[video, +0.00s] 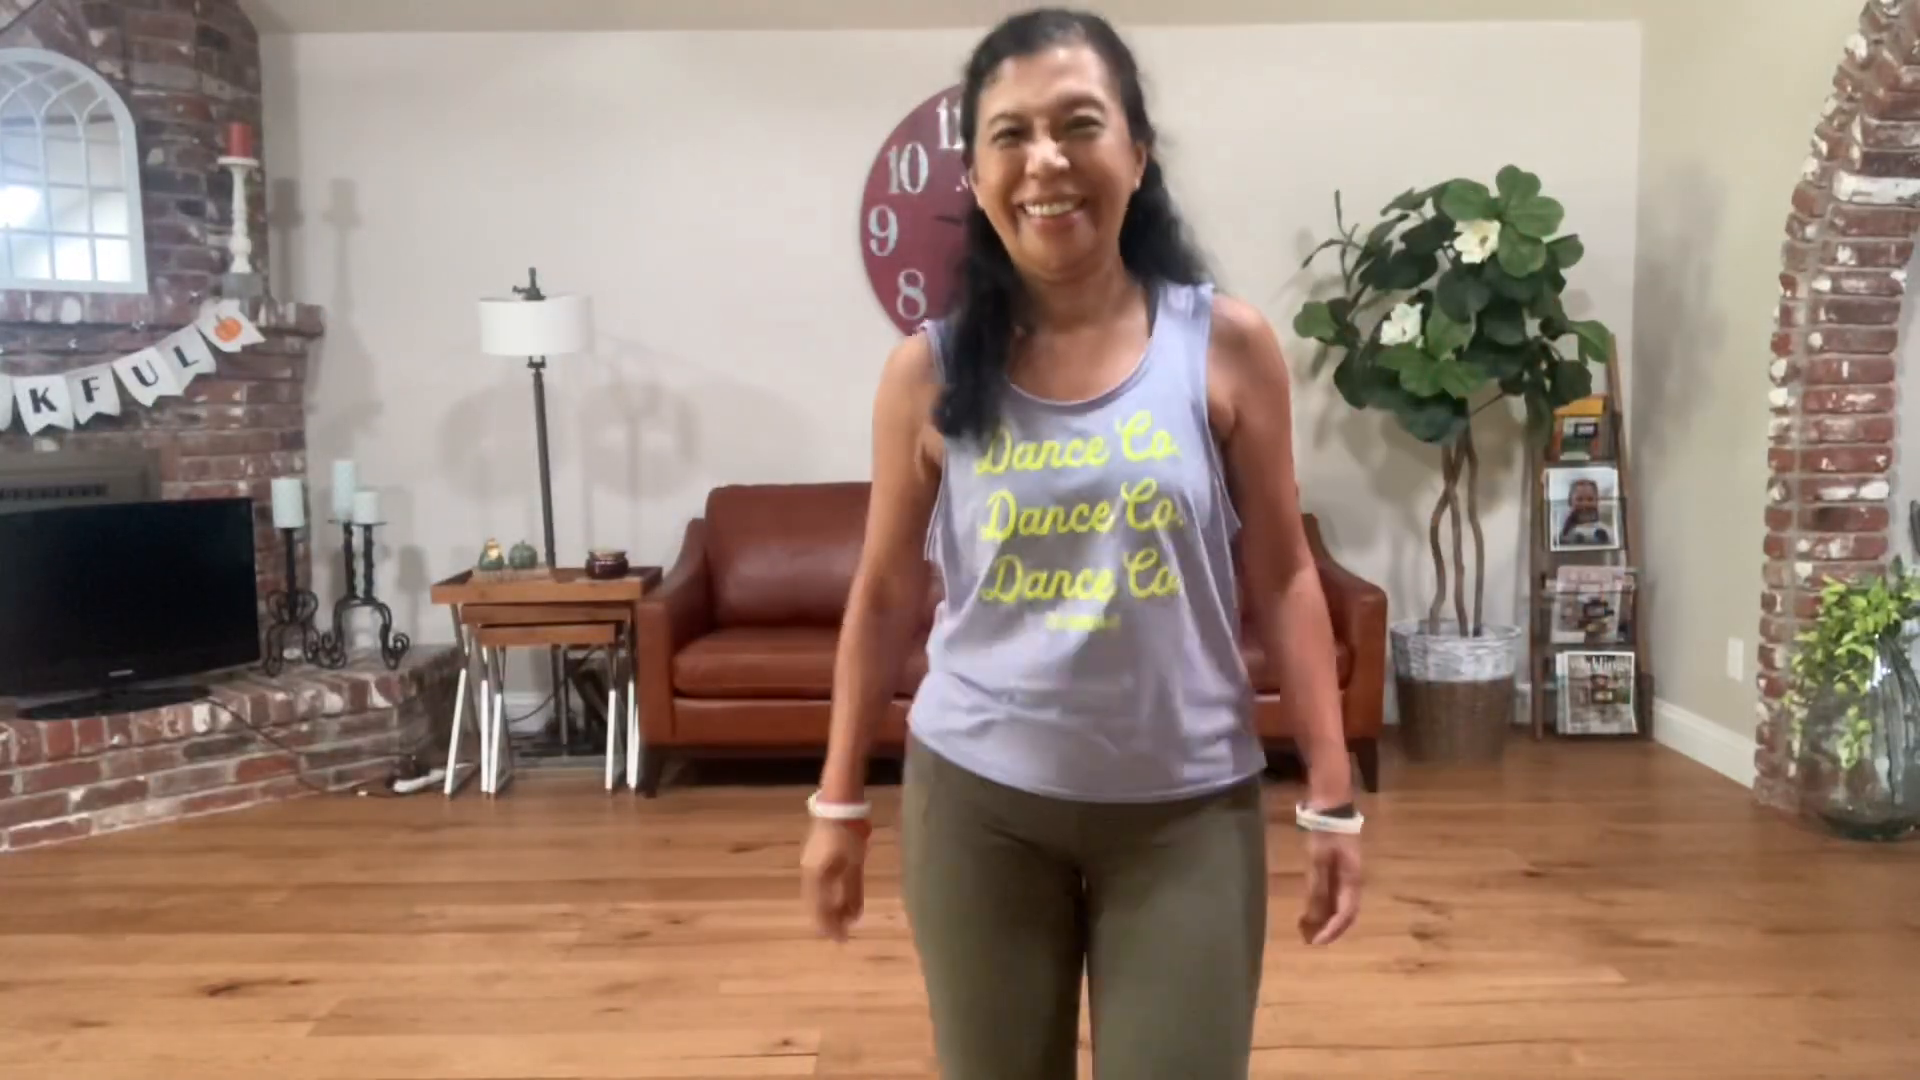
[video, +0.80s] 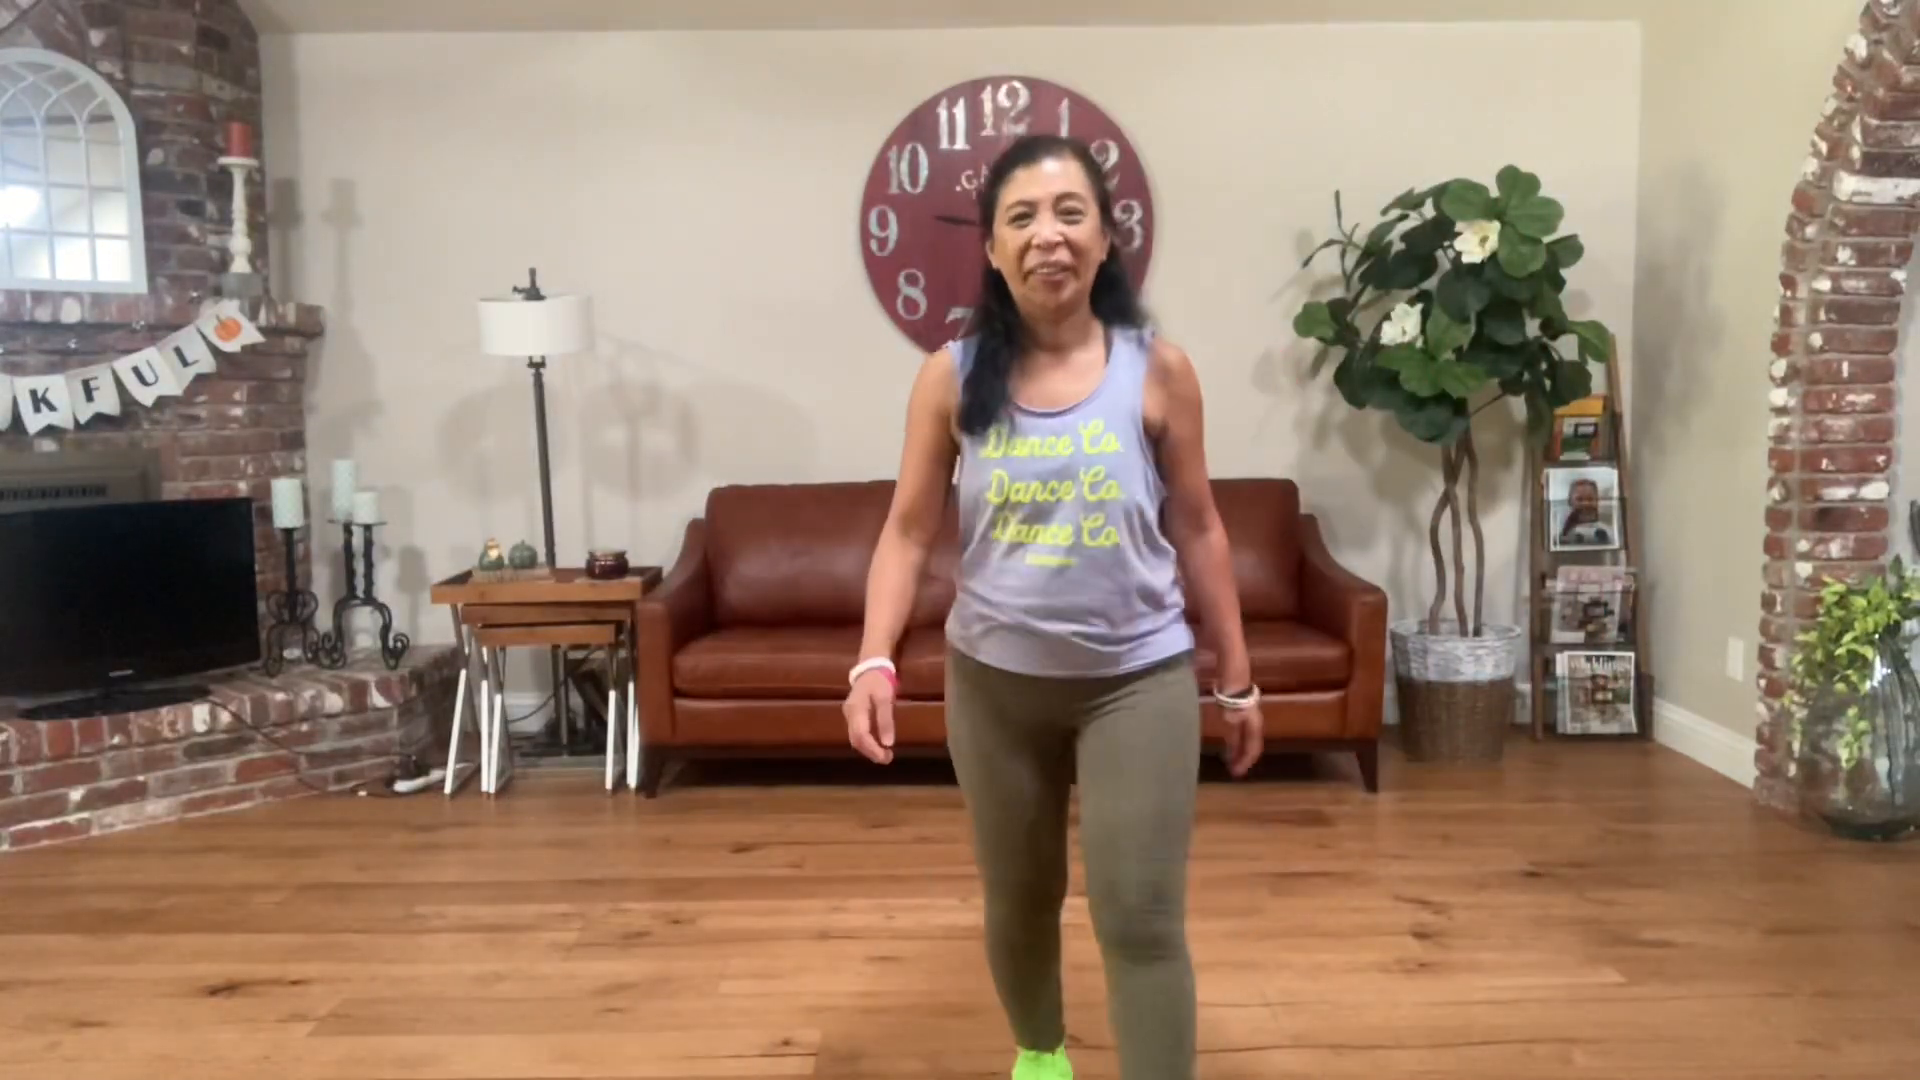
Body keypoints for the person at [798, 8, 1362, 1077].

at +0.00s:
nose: (1046, 160)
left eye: (1078, 126)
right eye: (1011, 136)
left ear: (1138, 153)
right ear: (973, 176)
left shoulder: (1226, 345)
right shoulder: (931, 370)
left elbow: (1285, 577)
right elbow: (881, 600)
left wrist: (1331, 794)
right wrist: (838, 801)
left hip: (1187, 812)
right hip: (976, 809)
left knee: (1178, 1065)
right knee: (995, 1068)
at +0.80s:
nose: (1048, 236)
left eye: (1071, 213)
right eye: (1022, 217)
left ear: (1105, 237)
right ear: (992, 245)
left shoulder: (1159, 372)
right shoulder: (951, 379)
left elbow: (1198, 527)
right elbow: (908, 533)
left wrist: (1236, 678)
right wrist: (875, 658)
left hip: (1142, 679)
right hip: (996, 682)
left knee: (1141, 921)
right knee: (1019, 908)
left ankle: (1159, 1076)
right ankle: (1040, 1056)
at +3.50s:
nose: (1057, 300)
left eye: (1074, 283)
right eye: (1048, 285)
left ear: (1120, 286)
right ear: (1040, 290)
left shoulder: (1166, 369)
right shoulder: (1026, 370)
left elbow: (1182, 482)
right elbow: (1004, 478)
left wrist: (1115, 453)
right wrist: (1045, 455)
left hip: (1157, 586)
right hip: (1056, 592)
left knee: (1154, 747)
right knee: (1086, 751)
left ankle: (1146, 896)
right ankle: (1093, 891)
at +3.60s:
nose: (1047, 312)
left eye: (1062, 295)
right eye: (1039, 297)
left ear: (1111, 296)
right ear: (1033, 301)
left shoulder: (1164, 377)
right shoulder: (1027, 377)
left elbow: (1199, 487)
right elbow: (990, 485)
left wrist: (1149, 490)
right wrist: (999, 483)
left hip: (1151, 590)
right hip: (1051, 590)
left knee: (1148, 749)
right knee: (1040, 740)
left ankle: (1145, 897)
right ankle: (1077, 879)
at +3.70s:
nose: (1031, 319)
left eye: (1047, 302)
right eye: (1025, 304)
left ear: (1096, 305)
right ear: (1023, 308)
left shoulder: (1156, 389)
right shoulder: (1022, 383)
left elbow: (1207, 486)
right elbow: (985, 477)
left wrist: (1182, 512)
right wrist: (957, 499)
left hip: (1139, 591)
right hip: (1040, 590)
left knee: (1138, 748)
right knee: (992, 722)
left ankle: (1143, 898)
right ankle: (1031, 858)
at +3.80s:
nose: (1013, 303)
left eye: (1029, 286)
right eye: (1007, 288)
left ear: (1078, 293)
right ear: (1005, 296)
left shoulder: (1136, 384)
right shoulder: (1007, 377)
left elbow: (1196, 468)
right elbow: (984, 461)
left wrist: (1185, 509)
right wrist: (934, 495)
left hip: (1121, 586)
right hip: (1021, 583)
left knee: (1124, 745)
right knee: (957, 717)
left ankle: (1141, 896)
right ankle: (958, 851)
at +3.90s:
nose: (998, 287)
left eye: (1014, 270)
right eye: (988, 276)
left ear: (1060, 281)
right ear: (982, 293)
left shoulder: (1110, 373)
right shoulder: (992, 372)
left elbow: (1165, 449)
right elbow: (989, 447)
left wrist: (1162, 485)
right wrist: (920, 479)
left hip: (1093, 584)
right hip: (993, 583)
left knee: (1111, 746)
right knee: (936, 732)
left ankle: (1140, 898)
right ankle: (886, 870)